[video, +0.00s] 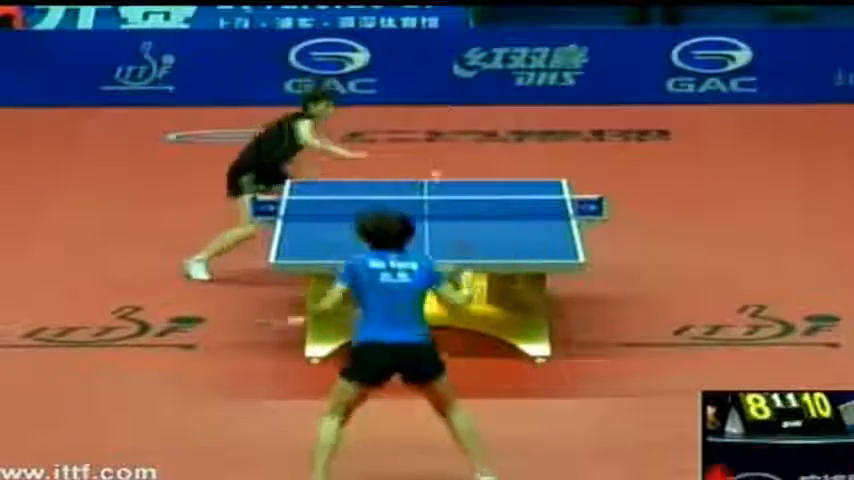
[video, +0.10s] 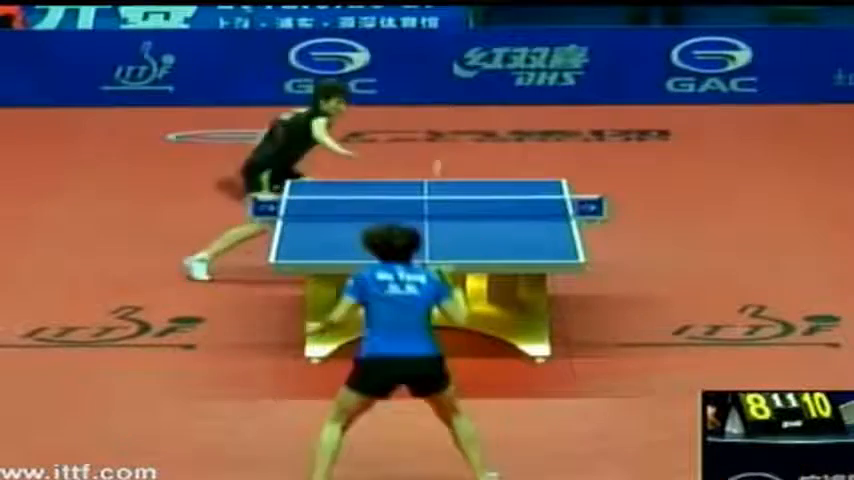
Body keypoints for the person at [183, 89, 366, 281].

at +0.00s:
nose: (329, 112)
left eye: (330, 107)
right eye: (326, 107)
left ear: (319, 110)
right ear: (313, 107)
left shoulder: (306, 124)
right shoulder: (301, 123)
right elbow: (314, 144)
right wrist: (348, 154)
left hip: (270, 172)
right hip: (246, 173)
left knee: (301, 203)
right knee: (249, 226)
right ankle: (199, 260)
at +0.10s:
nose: (343, 108)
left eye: (343, 103)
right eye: (339, 102)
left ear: (322, 103)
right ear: (324, 102)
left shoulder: (305, 114)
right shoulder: (318, 120)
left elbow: (282, 118)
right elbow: (322, 137)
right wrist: (343, 151)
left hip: (280, 169)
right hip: (261, 171)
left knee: (313, 195)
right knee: (261, 224)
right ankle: (201, 259)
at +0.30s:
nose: (338, 82)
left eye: (341, 78)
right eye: (335, 76)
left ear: (341, 81)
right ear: (323, 73)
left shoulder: (331, 98)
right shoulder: (289, 90)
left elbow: (342, 127)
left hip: (312, 150)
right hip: (281, 150)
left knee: (337, 194)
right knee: (262, 198)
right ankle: (229, 240)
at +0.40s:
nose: (317, 64)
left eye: (320, 58)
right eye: (313, 58)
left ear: (322, 60)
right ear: (301, 58)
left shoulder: (326, 79)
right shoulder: (277, 77)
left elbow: (339, 62)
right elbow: (233, 97)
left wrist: (316, 43)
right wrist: (252, 86)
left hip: (320, 145)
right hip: (285, 145)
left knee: (346, 191)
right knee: (257, 188)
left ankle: (349, 235)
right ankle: (230, 223)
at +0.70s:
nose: (276, 86)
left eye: (280, 80)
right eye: (271, 81)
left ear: (287, 81)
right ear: (264, 84)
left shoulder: (300, 99)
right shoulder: (263, 104)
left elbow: (322, 118)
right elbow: (249, 127)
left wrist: (298, 113)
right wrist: (249, 119)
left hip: (312, 160)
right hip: (279, 162)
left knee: (335, 191)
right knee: (259, 194)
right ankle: (256, 238)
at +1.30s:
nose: (370, 102)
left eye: (375, 97)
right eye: (365, 97)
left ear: (380, 100)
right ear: (354, 97)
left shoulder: (378, 124)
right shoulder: (334, 114)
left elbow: (390, 151)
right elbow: (293, 131)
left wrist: (403, 165)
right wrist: (318, 141)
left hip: (350, 168)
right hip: (316, 168)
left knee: (363, 209)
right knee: (294, 209)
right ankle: (261, 254)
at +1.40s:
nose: (365, 110)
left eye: (370, 106)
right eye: (362, 104)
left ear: (376, 110)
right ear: (354, 104)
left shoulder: (371, 136)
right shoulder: (330, 121)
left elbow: (380, 164)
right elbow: (294, 138)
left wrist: (398, 174)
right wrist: (326, 149)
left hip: (335, 175)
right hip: (302, 173)